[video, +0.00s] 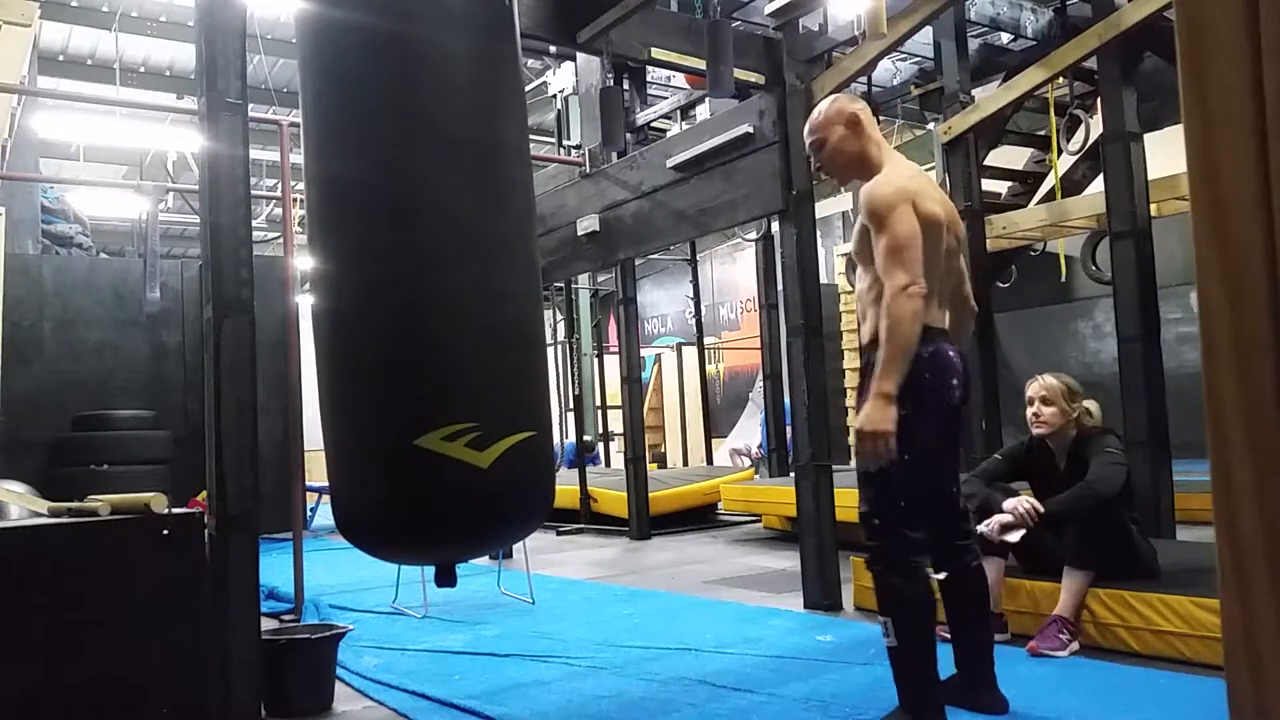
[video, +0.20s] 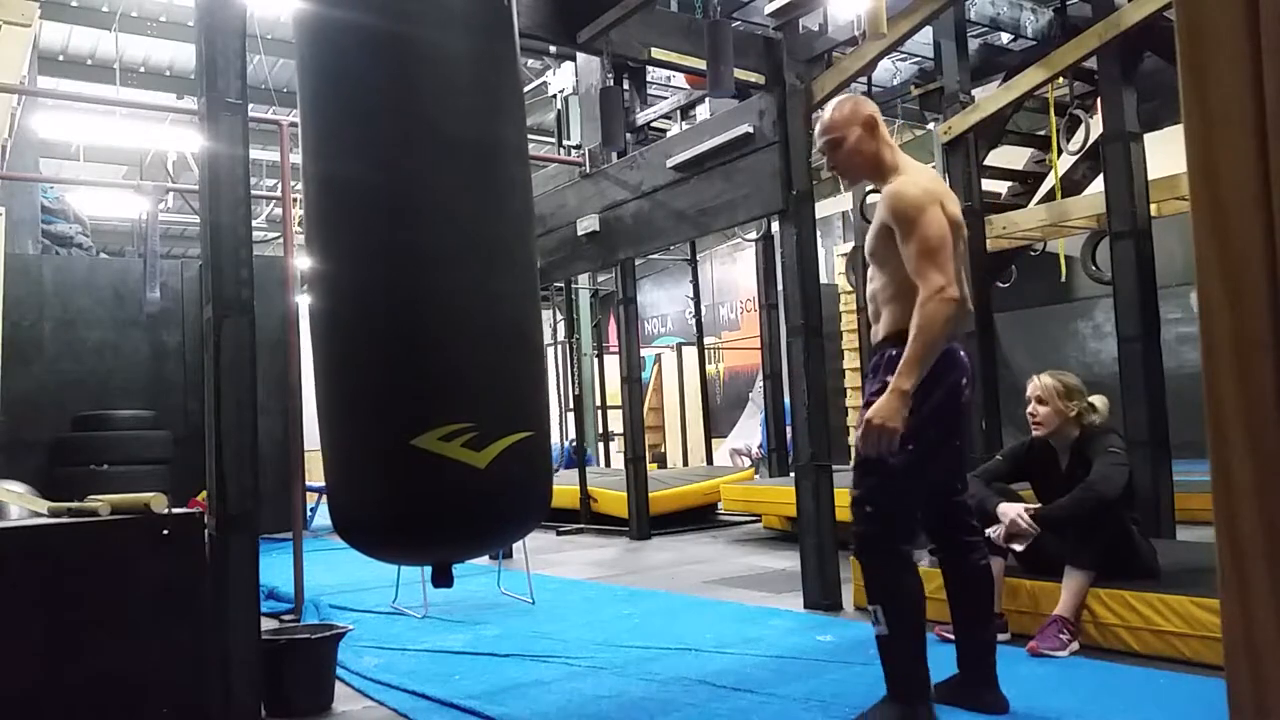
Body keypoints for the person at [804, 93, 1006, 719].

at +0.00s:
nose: (818, 165)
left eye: (819, 147)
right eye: (812, 154)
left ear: (857, 125)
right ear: (866, 128)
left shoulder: (883, 190)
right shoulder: (931, 189)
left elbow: (906, 292)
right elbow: (961, 302)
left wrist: (881, 396)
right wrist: (941, 374)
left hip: (906, 368)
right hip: (943, 365)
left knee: (890, 538)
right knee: (948, 529)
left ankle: (917, 700)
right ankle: (977, 679)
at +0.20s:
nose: (826, 160)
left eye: (832, 144)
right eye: (822, 149)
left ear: (869, 128)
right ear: (869, 132)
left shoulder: (906, 192)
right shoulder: (915, 187)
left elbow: (940, 296)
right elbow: (900, 308)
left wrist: (898, 392)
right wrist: (875, 393)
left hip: (911, 372)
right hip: (933, 368)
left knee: (878, 533)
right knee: (951, 526)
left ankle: (906, 697)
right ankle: (978, 678)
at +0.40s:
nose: (838, 158)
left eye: (846, 143)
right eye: (834, 147)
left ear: (882, 132)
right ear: (872, 138)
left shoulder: (915, 192)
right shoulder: (905, 193)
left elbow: (942, 296)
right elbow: (910, 301)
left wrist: (877, 377)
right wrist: (867, 389)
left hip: (915, 379)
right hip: (915, 375)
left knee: (907, 538)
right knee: (944, 531)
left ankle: (904, 702)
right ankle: (977, 677)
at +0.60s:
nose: (837, 166)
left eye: (841, 150)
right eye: (832, 155)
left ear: (879, 132)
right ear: (872, 137)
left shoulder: (913, 191)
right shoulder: (906, 192)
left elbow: (921, 287)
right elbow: (918, 307)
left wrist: (821, 328)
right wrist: (859, 369)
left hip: (903, 373)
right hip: (908, 371)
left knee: (887, 533)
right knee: (933, 526)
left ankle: (900, 702)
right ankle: (975, 678)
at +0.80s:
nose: (826, 162)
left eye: (833, 146)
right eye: (821, 151)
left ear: (873, 134)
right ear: (870, 139)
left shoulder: (890, 198)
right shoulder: (912, 197)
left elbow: (899, 287)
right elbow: (930, 319)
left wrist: (796, 307)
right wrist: (851, 362)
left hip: (888, 383)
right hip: (912, 380)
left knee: (842, 542)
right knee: (914, 531)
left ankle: (892, 704)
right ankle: (973, 678)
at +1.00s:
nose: (811, 129)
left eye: (820, 114)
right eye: (807, 118)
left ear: (858, 107)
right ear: (866, 114)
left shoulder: (864, 167)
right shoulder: (912, 178)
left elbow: (870, 245)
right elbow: (955, 283)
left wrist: (767, 236)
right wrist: (865, 319)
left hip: (875, 354)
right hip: (918, 352)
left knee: (844, 531)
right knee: (897, 527)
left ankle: (887, 700)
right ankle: (939, 684)